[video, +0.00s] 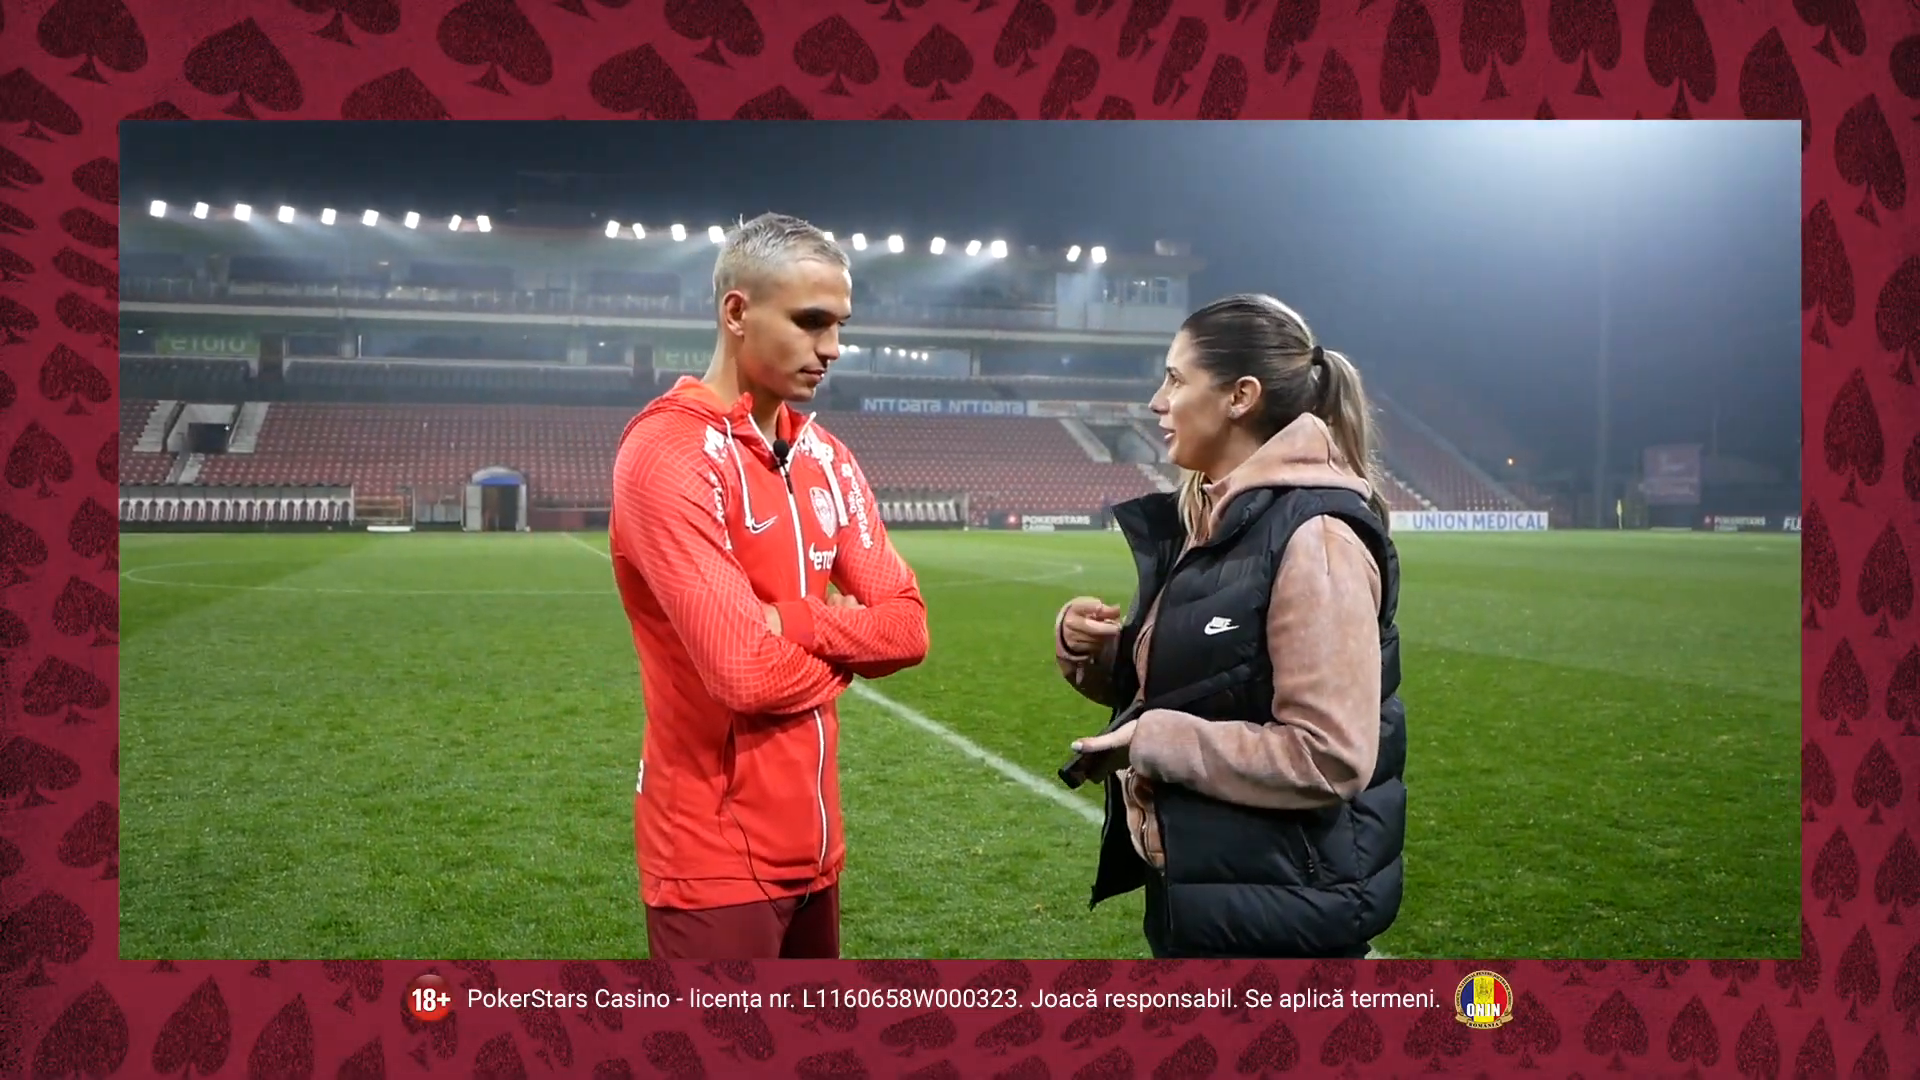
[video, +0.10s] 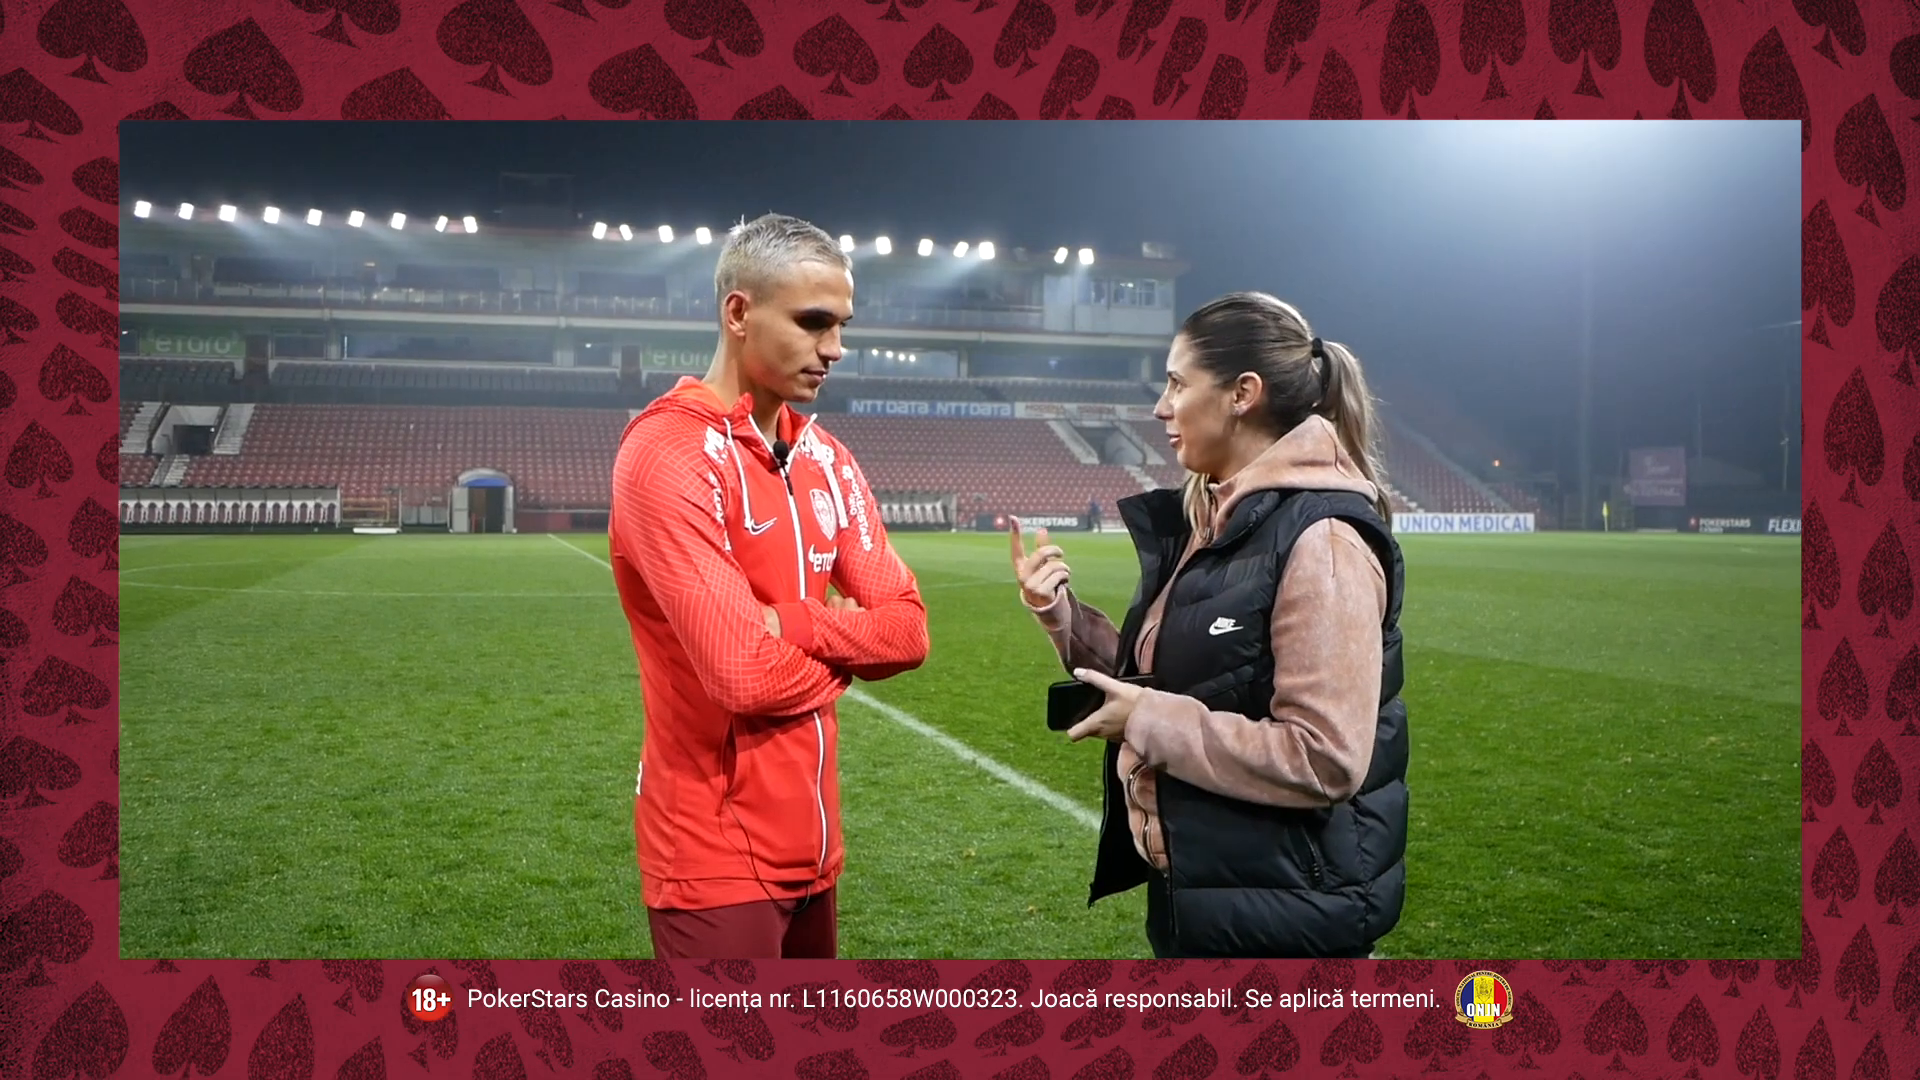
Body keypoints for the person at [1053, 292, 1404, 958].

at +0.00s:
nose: (1157, 403)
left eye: (1175, 379)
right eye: (1164, 380)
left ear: (1241, 396)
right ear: (1237, 398)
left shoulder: (1317, 538)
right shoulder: (1216, 519)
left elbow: (1330, 755)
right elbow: (1179, 686)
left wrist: (1155, 739)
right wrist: (1093, 652)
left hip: (1278, 915)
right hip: (1207, 904)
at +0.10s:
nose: (1161, 406)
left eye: (1177, 384)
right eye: (1167, 385)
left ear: (1245, 393)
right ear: (1238, 395)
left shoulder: (1324, 541)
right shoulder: (1214, 520)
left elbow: (1324, 757)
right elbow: (1161, 680)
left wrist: (1151, 720)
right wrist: (1062, 616)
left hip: (1282, 907)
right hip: (1206, 893)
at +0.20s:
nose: (1167, 408)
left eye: (1184, 383)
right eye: (1173, 384)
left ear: (1251, 391)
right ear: (1246, 393)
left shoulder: (1335, 543)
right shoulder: (1219, 518)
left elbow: (1319, 755)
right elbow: (1161, 676)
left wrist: (1147, 697)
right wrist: (1044, 625)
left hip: (1287, 912)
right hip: (1204, 899)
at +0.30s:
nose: (1171, 403)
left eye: (1190, 378)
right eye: (1179, 380)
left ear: (1259, 393)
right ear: (1254, 395)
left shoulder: (1335, 541)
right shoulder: (1223, 522)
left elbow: (1325, 754)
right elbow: (1166, 682)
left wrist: (1154, 698)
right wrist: (1060, 629)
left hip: (1290, 912)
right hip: (1208, 900)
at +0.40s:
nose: (1178, 397)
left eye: (1200, 375)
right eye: (1188, 376)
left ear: (1269, 393)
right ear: (1261, 394)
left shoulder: (1338, 535)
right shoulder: (1226, 519)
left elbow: (1336, 750)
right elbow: (1180, 683)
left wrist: (1158, 700)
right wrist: (1094, 636)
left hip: (1292, 911)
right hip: (1213, 899)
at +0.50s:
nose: (1186, 396)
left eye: (1208, 374)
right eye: (1195, 375)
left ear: (1278, 394)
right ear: (1271, 396)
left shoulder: (1346, 535)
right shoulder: (1234, 519)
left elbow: (1342, 749)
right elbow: (1192, 668)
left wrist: (1166, 710)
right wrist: (1109, 653)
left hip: (1300, 911)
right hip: (1217, 900)